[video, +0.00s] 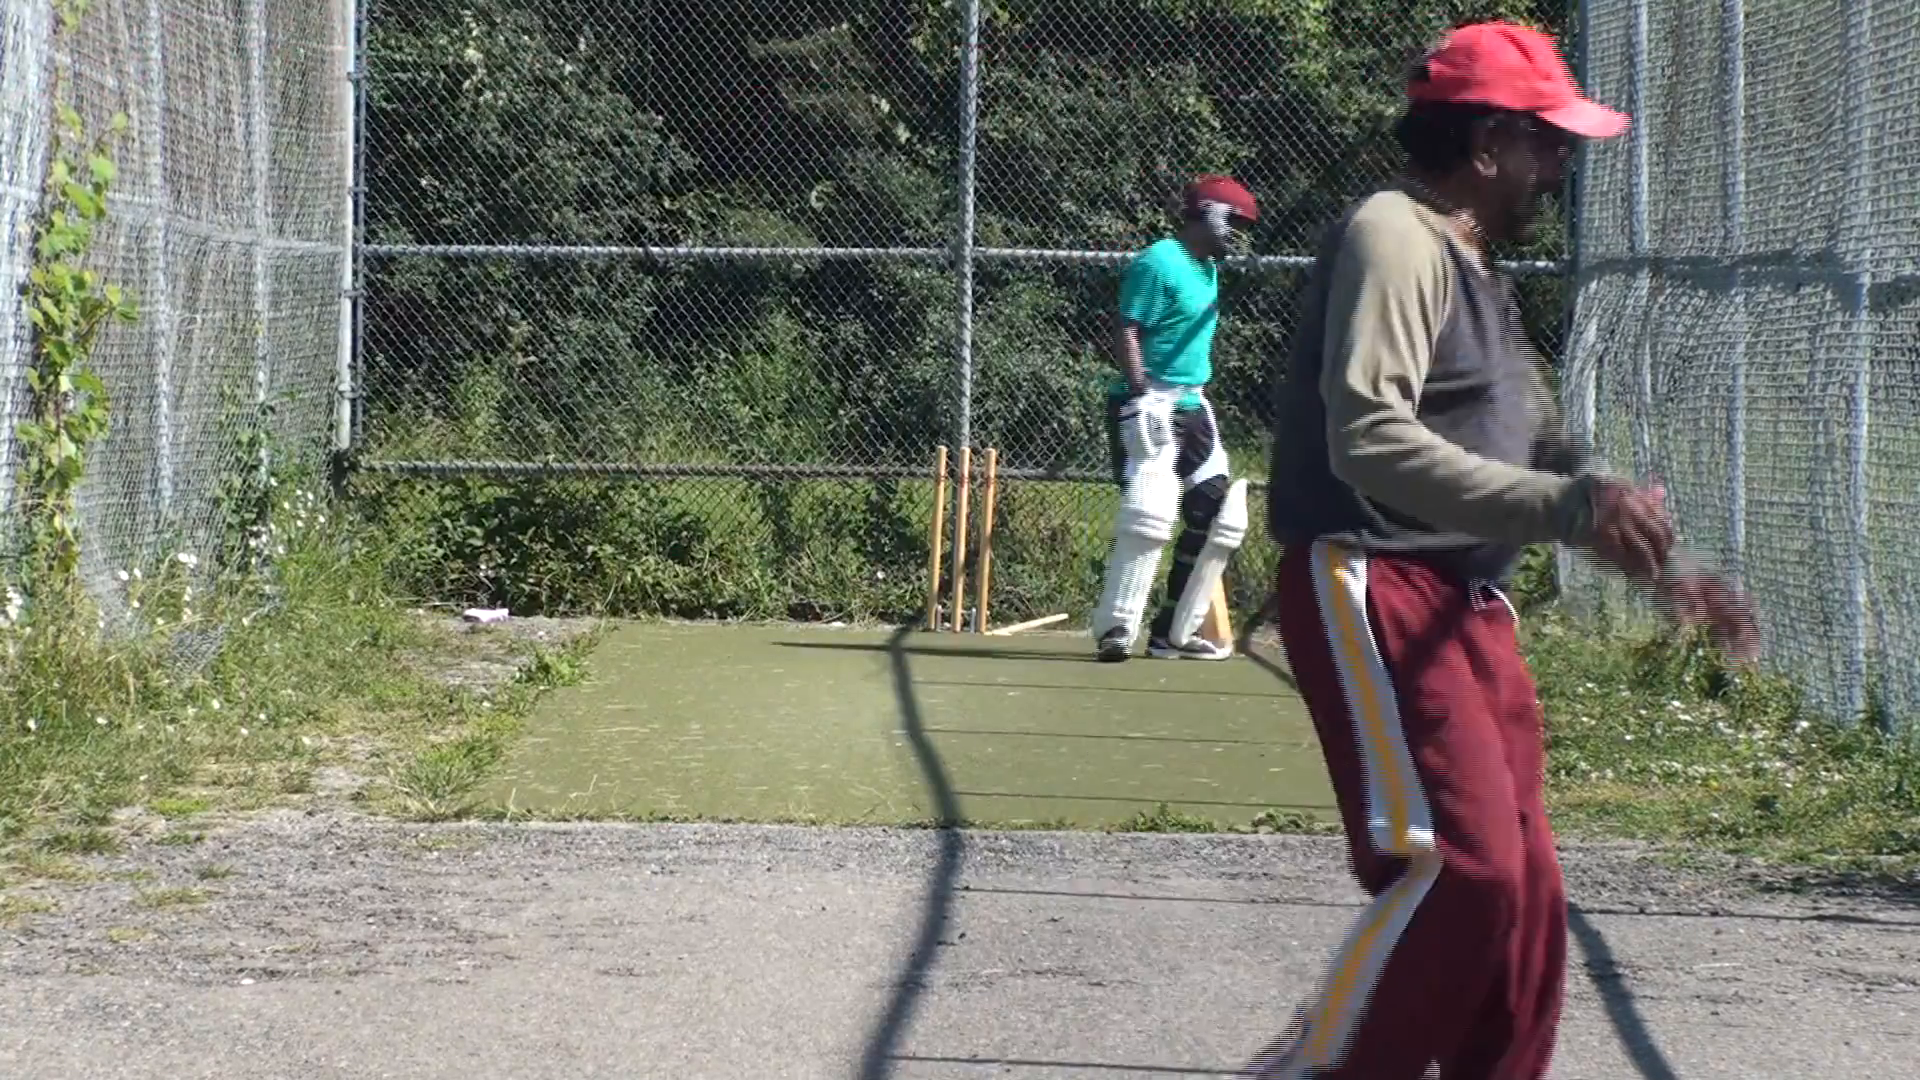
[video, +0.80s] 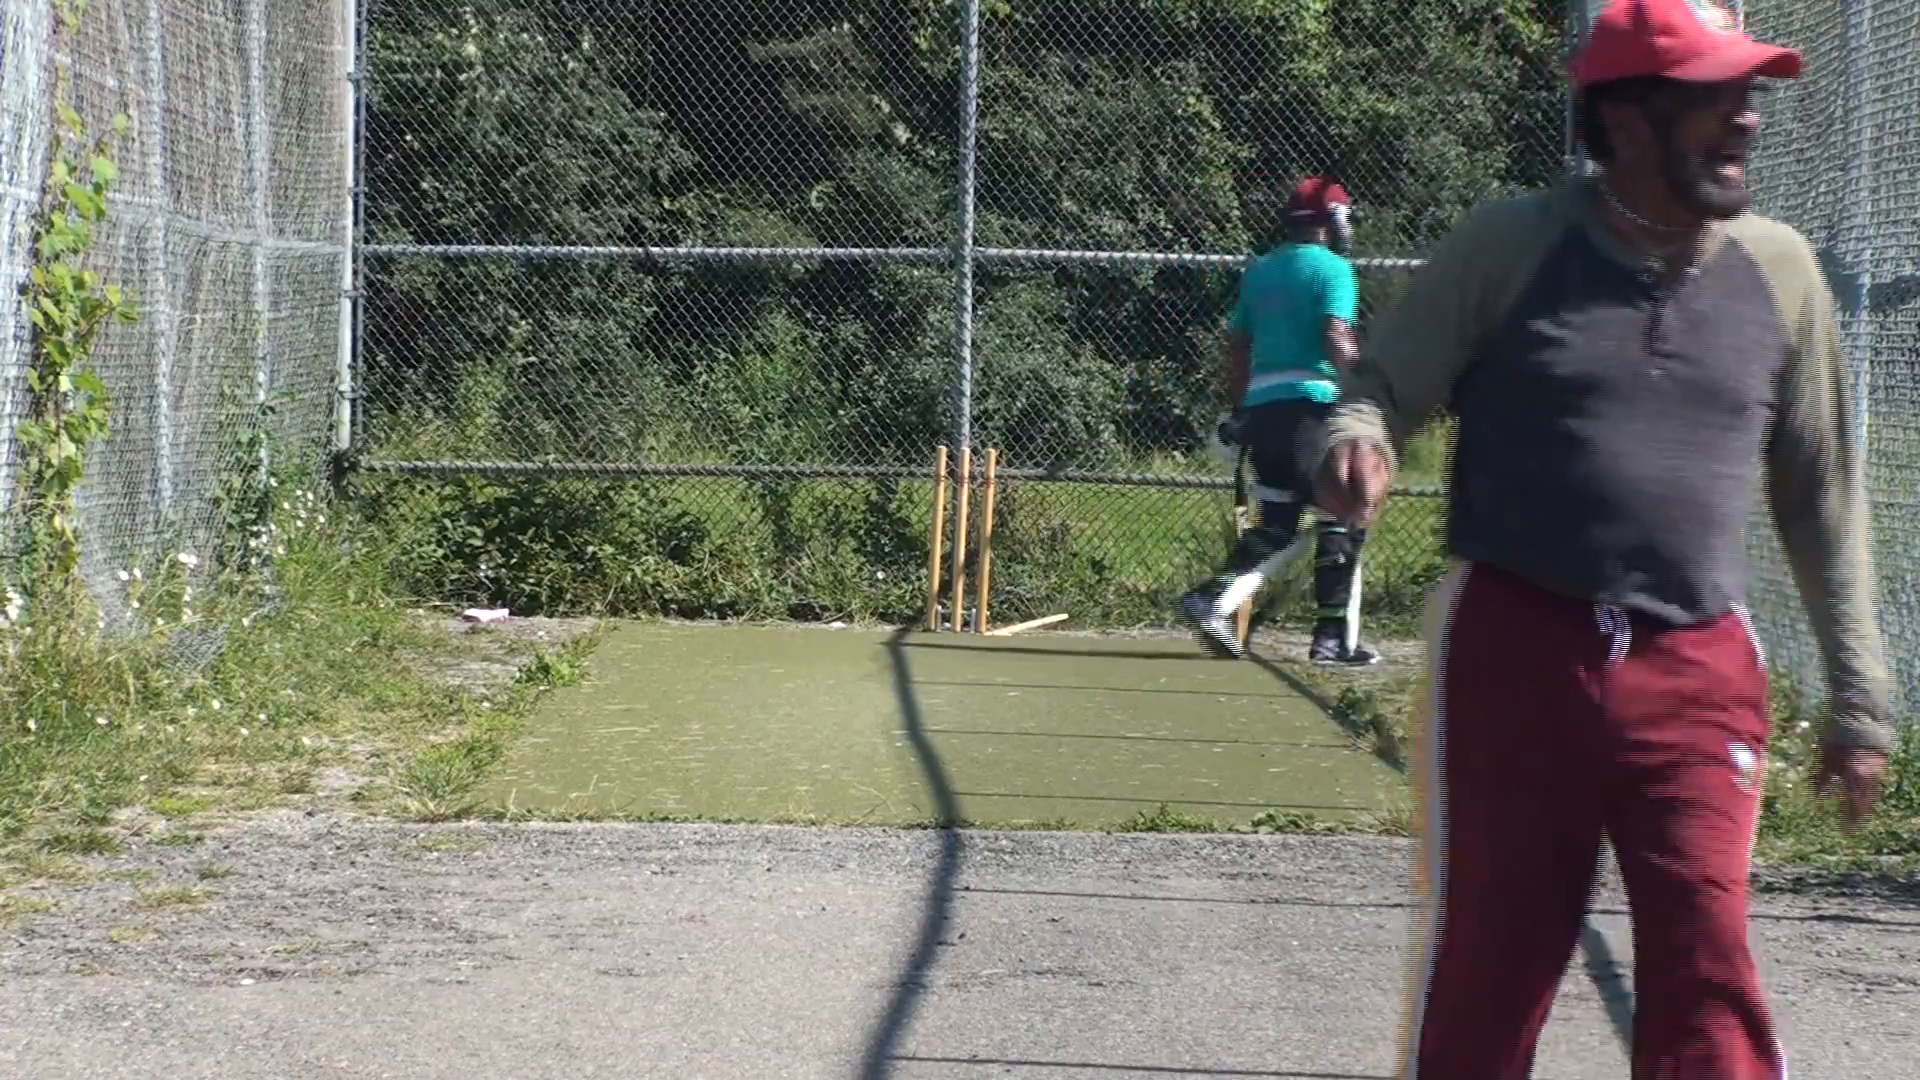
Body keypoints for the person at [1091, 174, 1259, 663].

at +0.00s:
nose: (1236, 232)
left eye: (1238, 223)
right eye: (1229, 221)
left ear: (1216, 222)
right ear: (1202, 216)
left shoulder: (1207, 268)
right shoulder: (1157, 262)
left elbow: (1188, 340)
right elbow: (1127, 329)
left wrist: (1196, 400)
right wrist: (1140, 390)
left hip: (1191, 403)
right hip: (1148, 402)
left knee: (1221, 516)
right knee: (1150, 514)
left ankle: (1175, 632)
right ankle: (1117, 629)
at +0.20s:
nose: (1258, 229)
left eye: (1259, 219)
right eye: (1254, 218)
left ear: (1222, 213)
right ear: (1234, 213)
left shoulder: (1207, 257)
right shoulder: (1199, 251)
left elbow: (1190, 333)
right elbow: (1175, 319)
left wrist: (1212, 400)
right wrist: (1192, 388)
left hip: (1197, 402)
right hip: (1183, 402)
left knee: (1219, 508)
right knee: (1219, 509)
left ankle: (1179, 624)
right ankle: (1177, 626)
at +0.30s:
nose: (1266, 221)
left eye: (1265, 211)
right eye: (1260, 210)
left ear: (1221, 211)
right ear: (1239, 209)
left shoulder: (1202, 250)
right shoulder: (1214, 249)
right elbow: (1196, 317)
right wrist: (1219, 390)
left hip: (1177, 396)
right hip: (1196, 398)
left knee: (1208, 512)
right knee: (1248, 503)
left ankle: (1176, 629)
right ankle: (1225, 624)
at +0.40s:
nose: (1278, 221)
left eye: (1277, 210)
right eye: (1272, 210)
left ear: (1228, 213)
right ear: (1251, 208)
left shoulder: (1203, 255)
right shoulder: (1232, 250)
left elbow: (1171, 329)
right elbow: (1221, 321)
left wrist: (1197, 373)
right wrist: (1246, 392)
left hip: (1184, 400)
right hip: (1216, 402)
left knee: (1210, 516)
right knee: (1271, 500)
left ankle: (1175, 630)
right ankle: (1273, 623)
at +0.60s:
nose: (1304, 224)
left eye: (1301, 214)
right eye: (1298, 215)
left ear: (1253, 219)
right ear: (1282, 218)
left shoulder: (1222, 266)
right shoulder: (1279, 260)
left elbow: (1193, 337)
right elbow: (1272, 329)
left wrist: (1210, 386)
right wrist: (1290, 391)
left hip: (1212, 408)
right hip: (1255, 406)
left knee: (1220, 521)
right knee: (1308, 510)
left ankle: (1175, 628)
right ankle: (1331, 628)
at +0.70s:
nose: (1327, 228)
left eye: (1325, 218)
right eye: (1322, 219)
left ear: (1275, 223)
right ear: (1306, 222)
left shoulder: (1241, 270)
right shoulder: (1306, 266)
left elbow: (1217, 343)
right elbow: (1301, 333)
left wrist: (1223, 400)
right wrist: (1324, 397)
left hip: (1237, 407)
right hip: (1284, 407)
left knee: (1241, 519)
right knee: (1323, 517)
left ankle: (1181, 622)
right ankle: (1332, 637)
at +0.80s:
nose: (1346, 231)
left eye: (1345, 222)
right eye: (1342, 222)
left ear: (1291, 224)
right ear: (1326, 225)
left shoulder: (1257, 271)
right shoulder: (1333, 267)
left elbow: (1238, 346)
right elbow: (1337, 341)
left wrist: (1236, 408)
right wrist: (1375, 381)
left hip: (1259, 409)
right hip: (1312, 407)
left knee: (1277, 524)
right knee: (1343, 511)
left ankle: (1213, 600)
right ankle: (1333, 635)